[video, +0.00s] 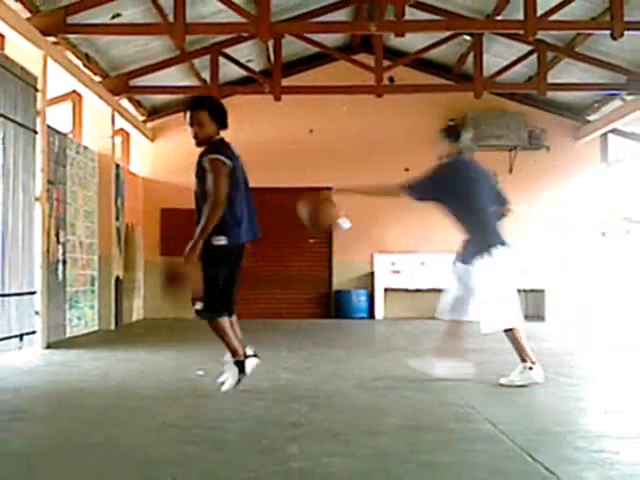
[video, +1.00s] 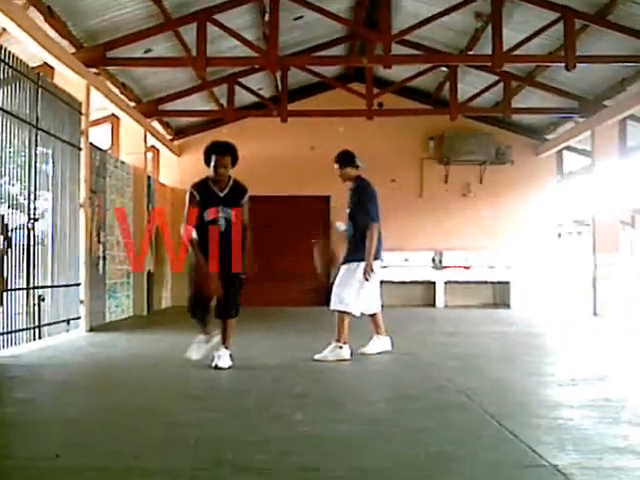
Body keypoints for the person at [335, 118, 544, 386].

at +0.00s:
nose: (444, 146)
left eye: (445, 141)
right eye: (447, 141)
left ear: (448, 142)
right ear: (467, 142)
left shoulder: (448, 171)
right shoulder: (481, 171)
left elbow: (401, 190)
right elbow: (503, 208)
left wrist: (352, 189)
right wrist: (477, 226)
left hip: (487, 251)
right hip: (483, 249)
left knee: (504, 308)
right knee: (459, 305)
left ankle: (530, 364)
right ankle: (447, 358)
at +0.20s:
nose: (391, 168)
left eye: (393, 163)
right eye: (392, 163)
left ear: (401, 164)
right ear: (413, 163)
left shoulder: (401, 189)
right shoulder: (426, 187)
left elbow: (371, 210)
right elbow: (454, 218)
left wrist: (349, 220)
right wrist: (433, 236)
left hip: (426, 263)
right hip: (444, 261)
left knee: (394, 307)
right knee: (450, 320)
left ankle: (389, 362)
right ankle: (506, 347)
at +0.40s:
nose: (355, 171)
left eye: (356, 166)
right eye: (354, 166)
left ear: (365, 164)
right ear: (373, 162)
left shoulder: (378, 186)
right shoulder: (387, 182)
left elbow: (372, 232)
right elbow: (380, 233)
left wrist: (348, 266)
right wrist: (365, 260)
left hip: (403, 253)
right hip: (409, 251)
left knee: (381, 299)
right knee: (390, 303)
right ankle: (408, 354)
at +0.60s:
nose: (336, 173)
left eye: (337, 168)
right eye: (334, 168)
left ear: (346, 165)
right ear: (354, 163)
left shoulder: (363, 185)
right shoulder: (370, 182)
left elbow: (374, 230)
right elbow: (371, 224)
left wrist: (366, 271)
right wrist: (349, 227)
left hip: (375, 260)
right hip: (388, 259)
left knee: (344, 302)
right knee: (372, 306)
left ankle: (344, 360)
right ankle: (385, 354)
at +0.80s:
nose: (335, 167)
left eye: (336, 162)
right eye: (334, 162)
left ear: (344, 160)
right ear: (351, 157)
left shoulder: (362, 181)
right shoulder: (362, 179)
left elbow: (374, 223)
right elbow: (361, 213)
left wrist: (374, 261)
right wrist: (338, 212)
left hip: (361, 259)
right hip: (369, 257)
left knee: (344, 304)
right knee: (373, 305)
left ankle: (344, 357)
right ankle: (389, 350)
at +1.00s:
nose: (339, 175)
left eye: (340, 170)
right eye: (338, 170)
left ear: (348, 169)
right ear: (351, 168)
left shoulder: (364, 188)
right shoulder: (356, 189)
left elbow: (373, 225)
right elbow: (360, 223)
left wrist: (369, 260)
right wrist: (346, 228)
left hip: (361, 257)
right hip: (358, 256)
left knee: (342, 296)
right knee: (369, 297)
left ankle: (341, 343)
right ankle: (381, 336)